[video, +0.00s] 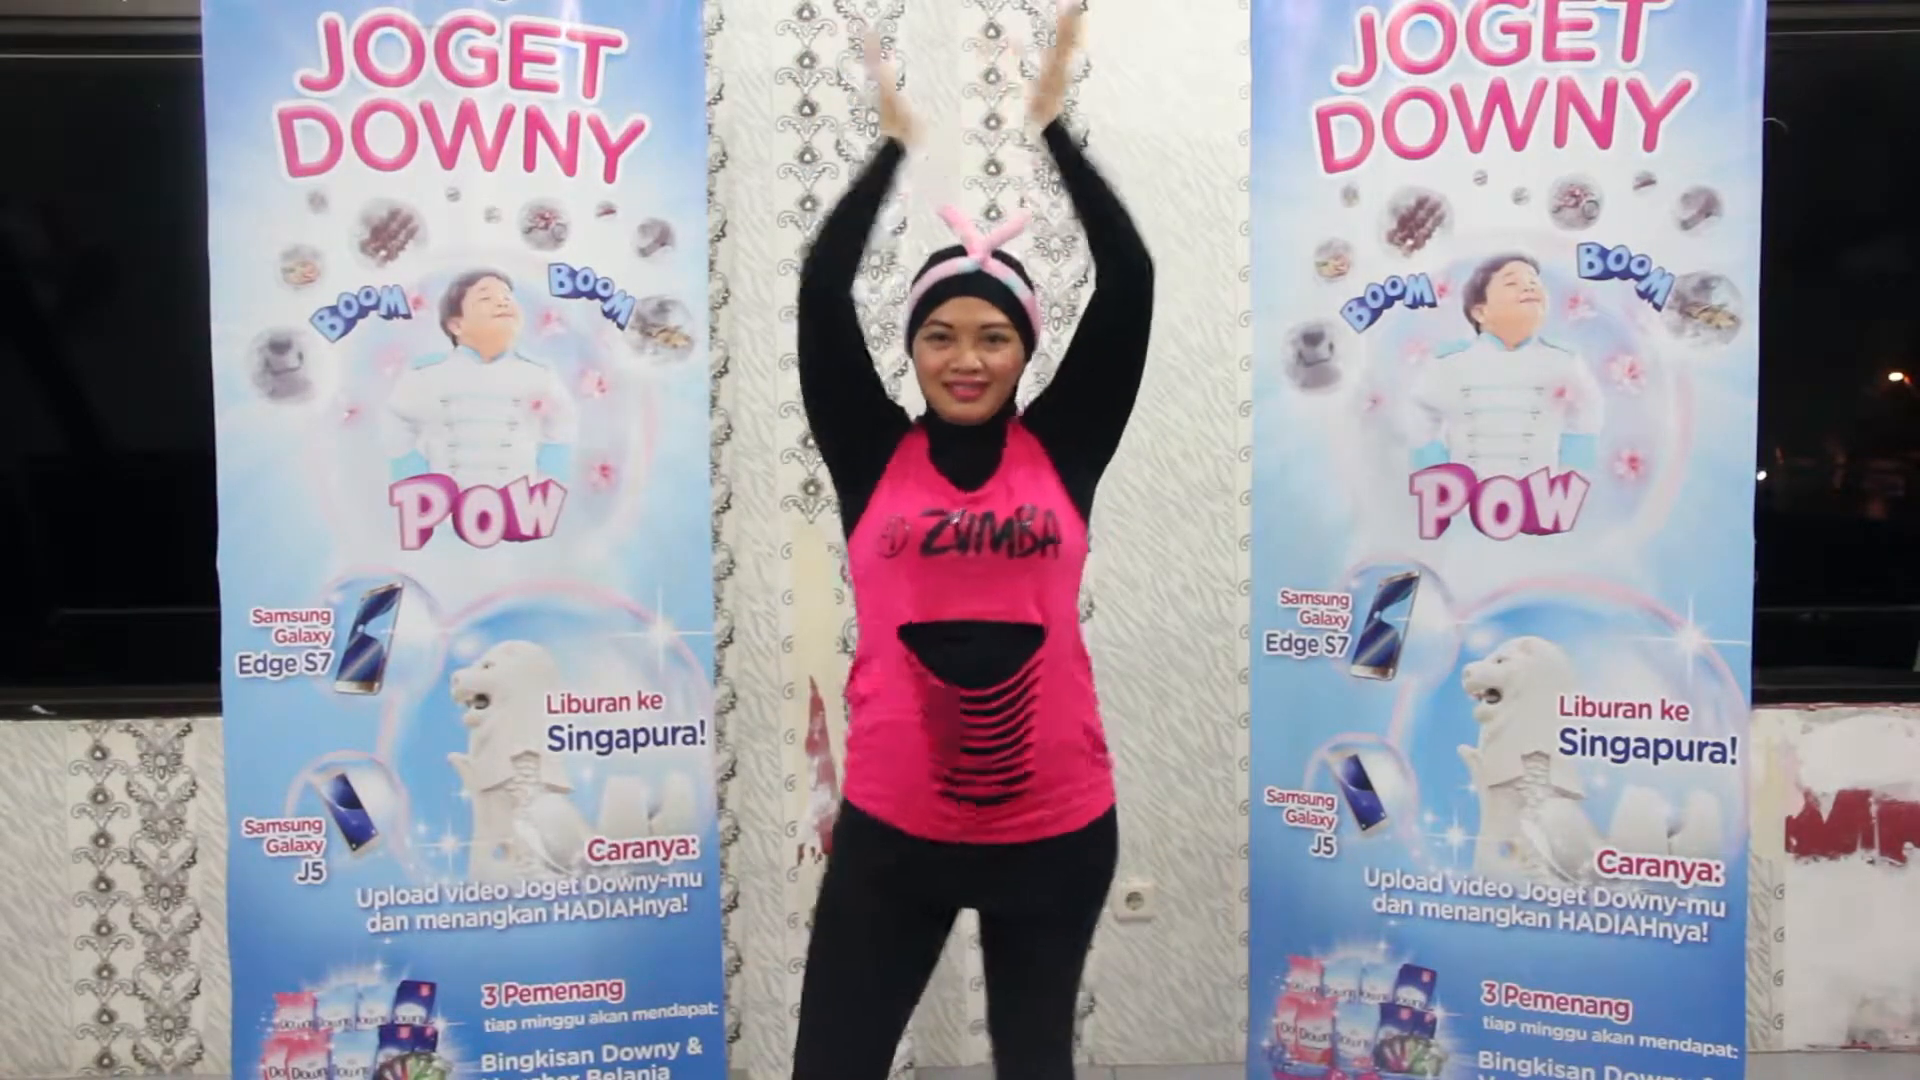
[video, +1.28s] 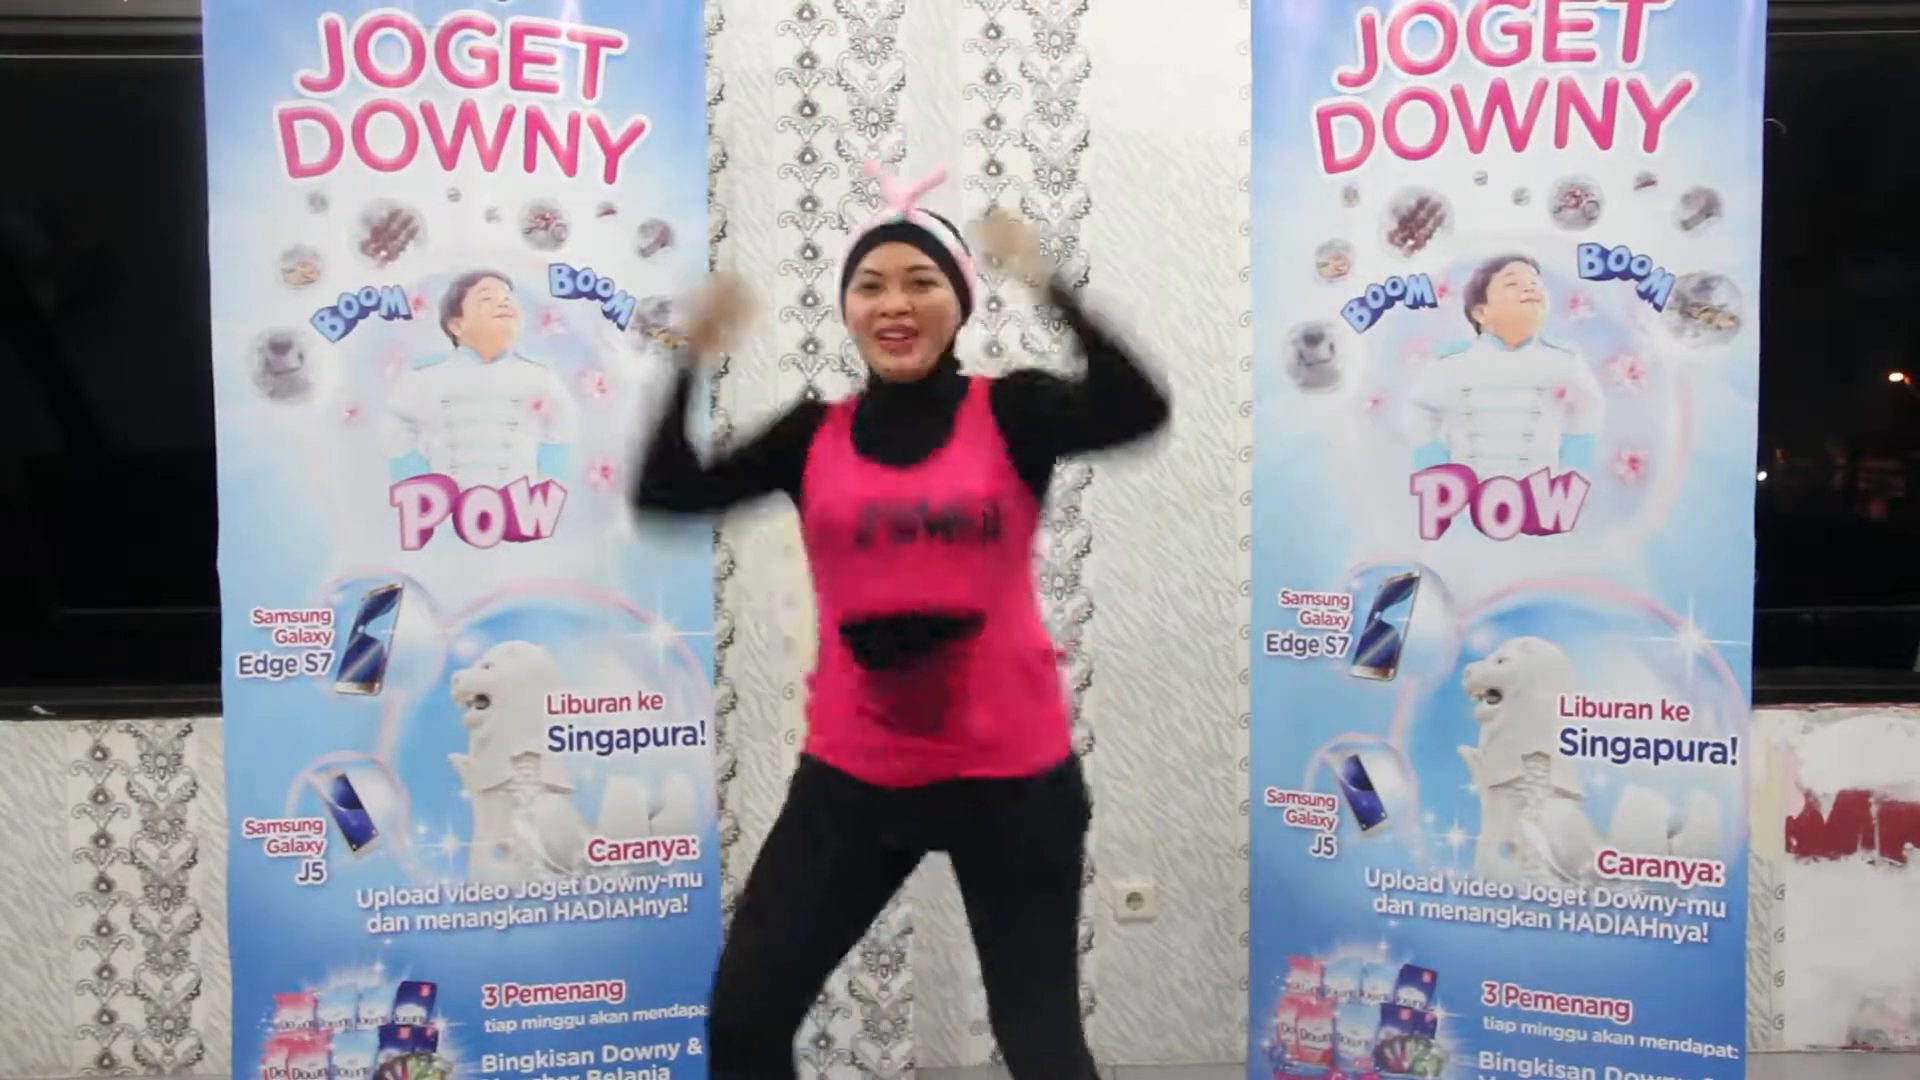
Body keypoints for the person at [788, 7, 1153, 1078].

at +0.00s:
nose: (966, 357)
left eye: (991, 338)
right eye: (943, 337)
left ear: (1025, 355)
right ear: (912, 354)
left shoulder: (1060, 454)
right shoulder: (872, 458)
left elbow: (1129, 281)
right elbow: (819, 294)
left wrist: (1054, 128)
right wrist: (890, 146)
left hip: (1051, 836)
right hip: (894, 834)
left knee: (1036, 1063)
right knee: (831, 1063)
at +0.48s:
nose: (967, 365)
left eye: (993, 347)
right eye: (944, 344)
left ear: (1023, 371)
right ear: (912, 365)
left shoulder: (1054, 472)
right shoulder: (865, 468)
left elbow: (1130, 331)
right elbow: (801, 336)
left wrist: (1014, 216)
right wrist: (917, 214)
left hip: (1052, 839)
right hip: (895, 842)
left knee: (1048, 1060)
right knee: (824, 1064)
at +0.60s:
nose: (966, 360)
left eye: (992, 345)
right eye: (944, 337)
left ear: (1019, 372)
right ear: (908, 356)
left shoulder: (1043, 475)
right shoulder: (850, 470)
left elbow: (1159, 448)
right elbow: (761, 465)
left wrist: (1084, 304)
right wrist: (832, 312)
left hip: (1039, 828)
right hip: (886, 829)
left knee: (1024, 1061)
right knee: (836, 1062)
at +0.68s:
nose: (938, 337)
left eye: (965, 322)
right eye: (919, 312)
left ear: (995, 353)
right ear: (883, 331)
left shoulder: (1034, 456)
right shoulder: (845, 458)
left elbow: (1119, 561)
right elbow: (787, 524)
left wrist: (1096, 412)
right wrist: (846, 380)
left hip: (1018, 824)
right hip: (868, 818)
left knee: (990, 1060)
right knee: (863, 1062)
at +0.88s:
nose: (918, 310)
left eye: (940, 295)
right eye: (895, 299)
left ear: (979, 324)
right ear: (869, 333)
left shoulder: (1028, 441)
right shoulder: (826, 452)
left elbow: (1092, 518)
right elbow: (806, 573)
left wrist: (988, 405)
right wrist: (899, 512)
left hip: (1009, 794)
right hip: (860, 803)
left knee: (1024, 1034)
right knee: (878, 1057)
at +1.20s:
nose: (906, 328)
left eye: (930, 310)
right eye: (884, 314)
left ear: (976, 336)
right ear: (861, 348)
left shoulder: (1032, 453)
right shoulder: (836, 480)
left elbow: (1136, 526)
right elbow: (741, 621)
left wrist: (1012, 425)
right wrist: (738, 523)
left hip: (1024, 809)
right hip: (872, 800)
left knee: (1034, 1059)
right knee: (744, 981)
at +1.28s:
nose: (895, 303)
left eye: (920, 282)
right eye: (872, 285)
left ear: (960, 304)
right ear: (846, 310)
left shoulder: (1014, 410)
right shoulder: (812, 435)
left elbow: (1139, 409)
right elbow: (664, 492)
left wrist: (1053, 287)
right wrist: (690, 359)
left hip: (1011, 780)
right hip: (857, 781)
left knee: (1042, 1042)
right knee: (744, 1022)